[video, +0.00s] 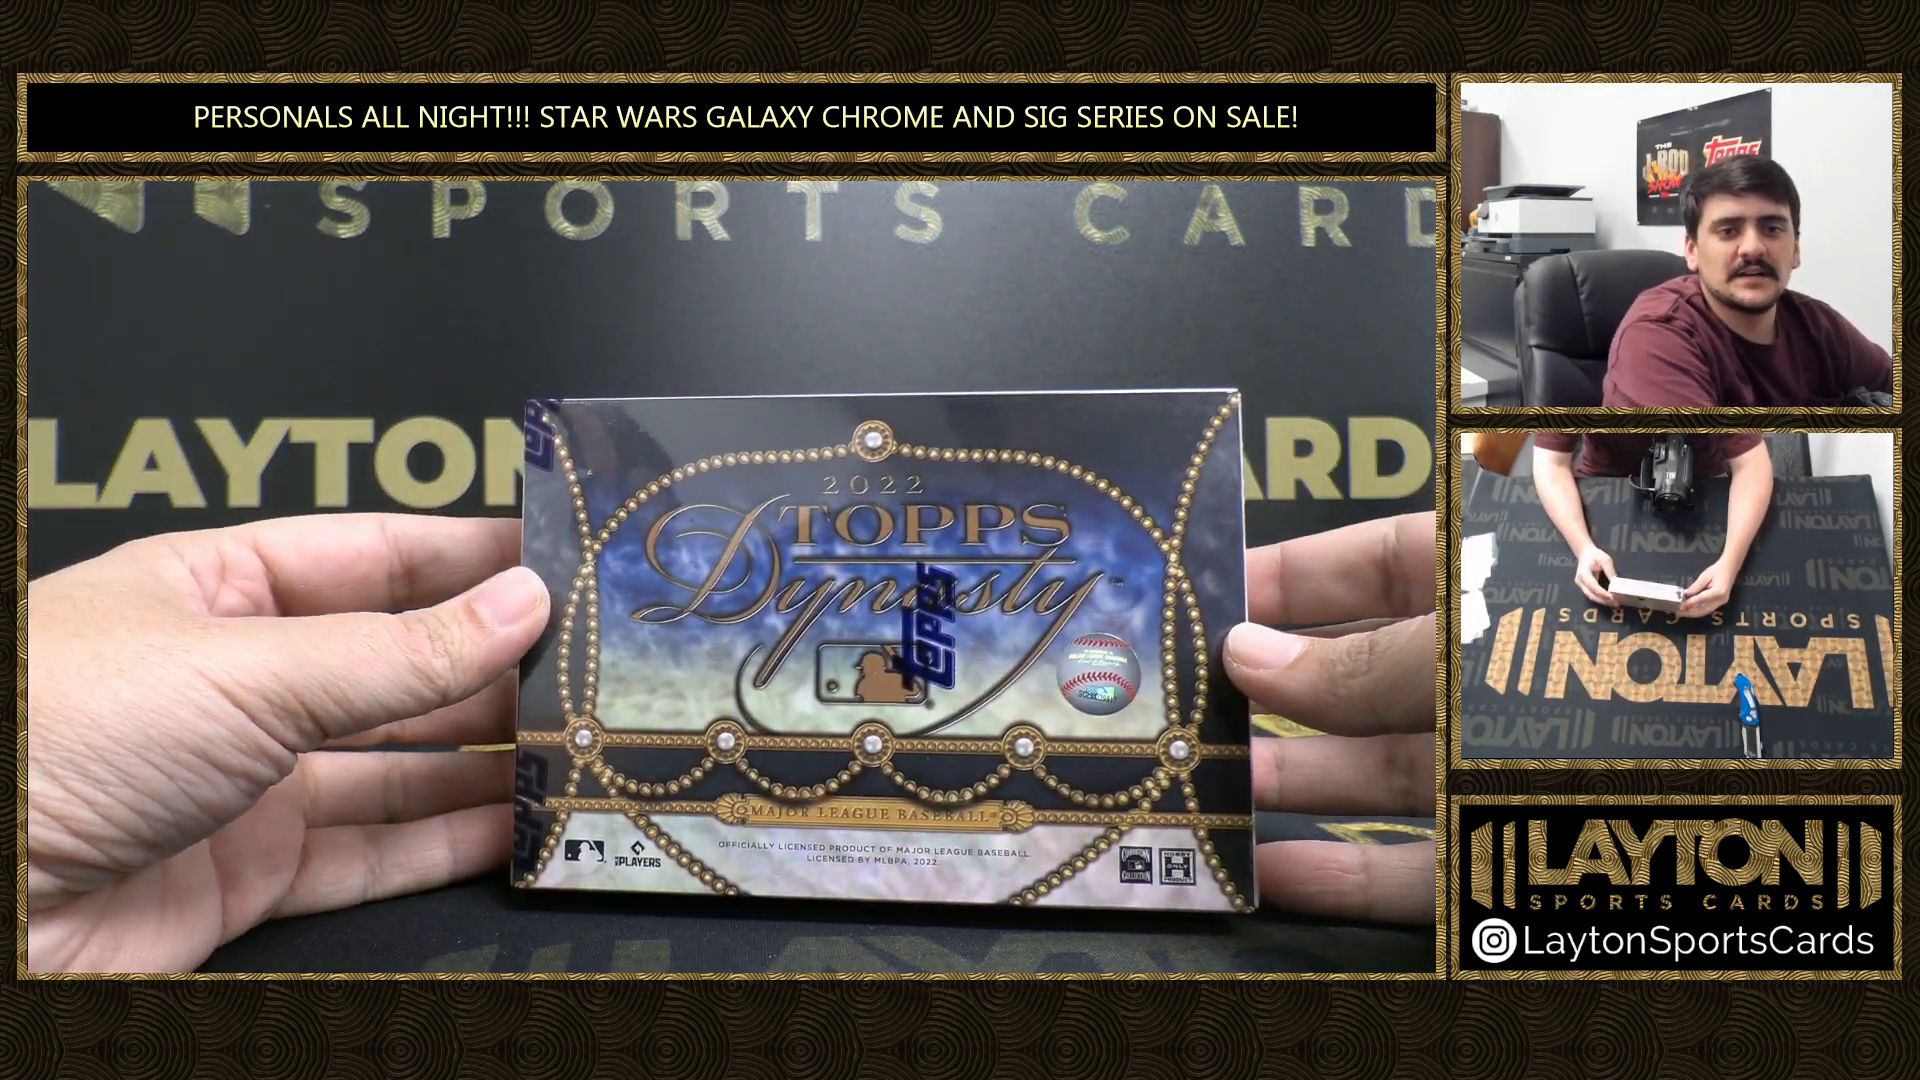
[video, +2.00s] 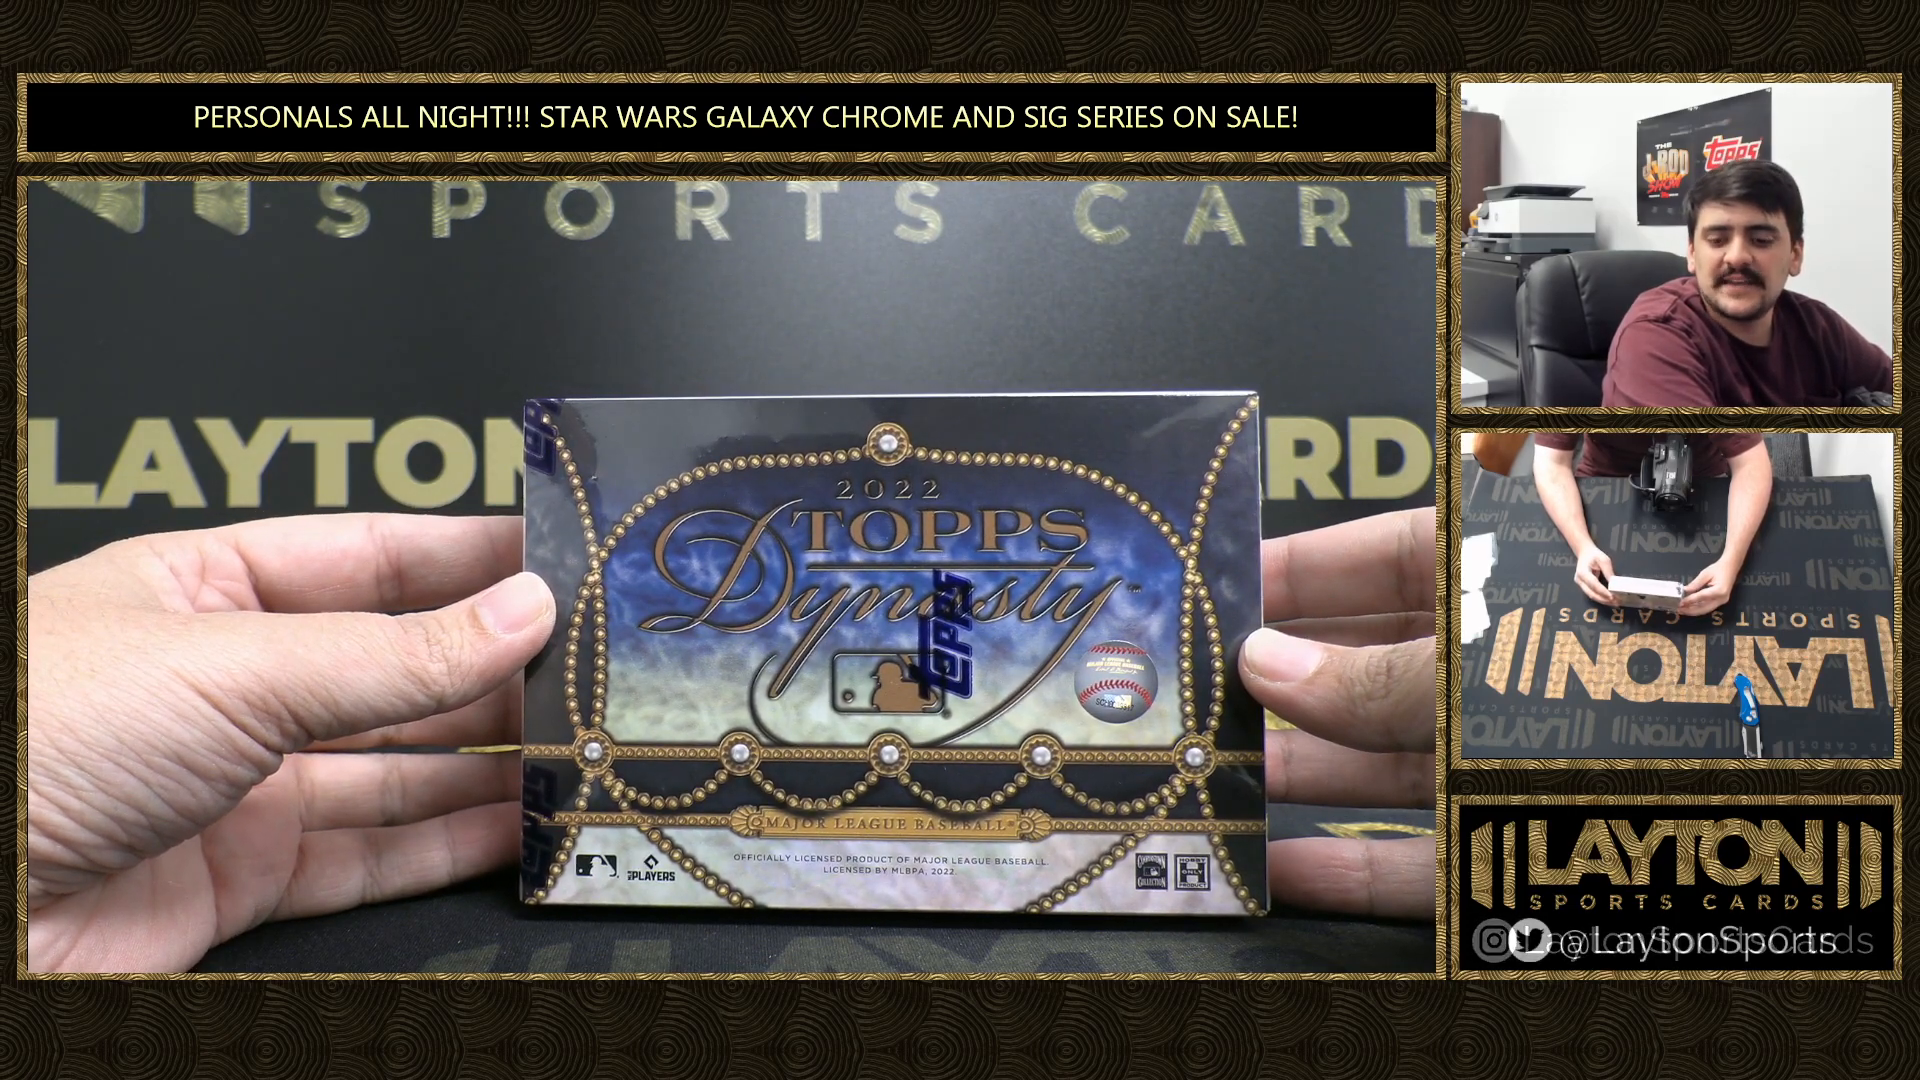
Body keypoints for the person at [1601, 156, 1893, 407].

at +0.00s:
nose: (1752, 247)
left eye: (1771, 229)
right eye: (1728, 230)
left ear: (1796, 250)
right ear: (1691, 251)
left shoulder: (1818, 328)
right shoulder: (1657, 333)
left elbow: (1897, 386)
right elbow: (1747, 462)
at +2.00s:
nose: (1737, 257)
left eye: (1761, 239)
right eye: (1718, 238)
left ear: (1795, 256)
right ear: (1691, 253)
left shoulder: (1817, 328)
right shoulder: (1655, 333)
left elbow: (1897, 389)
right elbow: (1746, 461)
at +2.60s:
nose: (1748, 258)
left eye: (1771, 240)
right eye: (1728, 238)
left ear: (1800, 258)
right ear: (1695, 251)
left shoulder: (1818, 329)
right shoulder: (1655, 333)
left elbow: (1897, 389)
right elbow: (1745, 462)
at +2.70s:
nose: (1749, 256)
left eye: (1771, 239)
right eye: (1729, 237)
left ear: (1800, 257)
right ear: (1695, 251)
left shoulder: (1818, 329)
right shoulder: (1656, 333)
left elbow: (1896, 388)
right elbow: (1746, 461)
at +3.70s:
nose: (1750, 250)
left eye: (1771, 233)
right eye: (1729, 232)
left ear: (1798, 254)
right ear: (1695, 250)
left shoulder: (1818, 329)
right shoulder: (1656, 333)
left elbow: (1896, 388)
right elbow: (1746, 460)